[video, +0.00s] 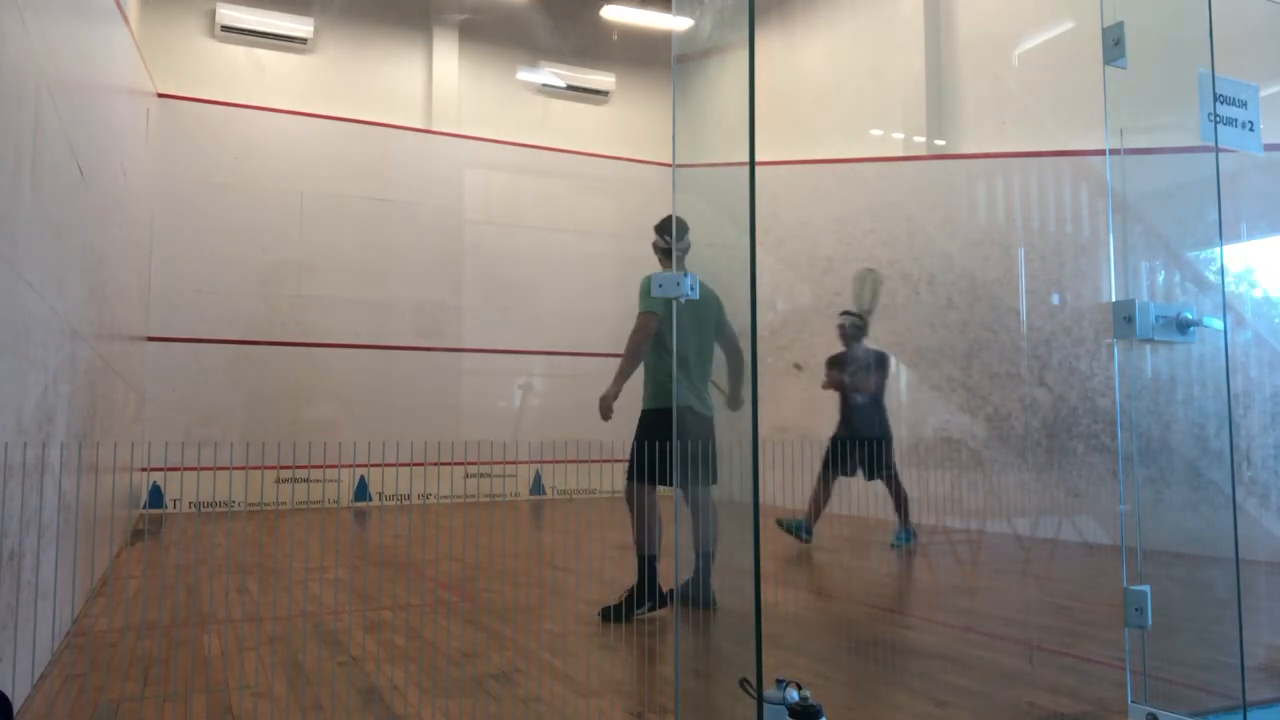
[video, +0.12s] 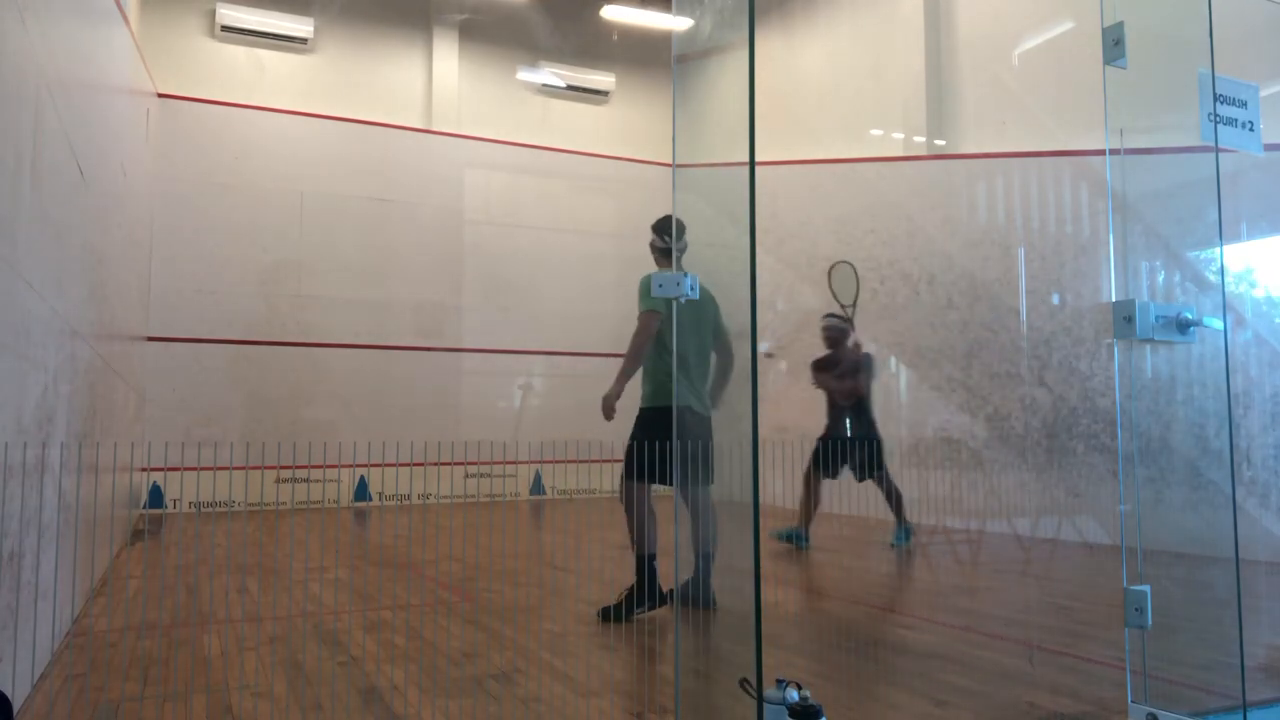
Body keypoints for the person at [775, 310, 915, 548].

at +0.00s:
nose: (841, 332)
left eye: (845, 328)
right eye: (840, 328)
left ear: (859, 330)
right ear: (841, 332)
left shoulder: (878, 358)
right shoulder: (836, 360)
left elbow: (872, 386)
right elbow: (833, 383)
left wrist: (841, 381)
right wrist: (859, 383)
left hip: (875, 431)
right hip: (847, 431)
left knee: (890, 479)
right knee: (826, 476)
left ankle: (906, 528)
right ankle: (807, 525)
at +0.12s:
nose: (827, 336)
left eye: (832, 331)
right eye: (825, 331)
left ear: (846, 332)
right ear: (823, 334)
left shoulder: (862, 360)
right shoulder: (821, 363)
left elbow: (859, 389)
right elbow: (828, 383)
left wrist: (828, 382)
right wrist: (848, 359)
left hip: (862, 432)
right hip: (835, 433)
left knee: (882, 479)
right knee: (812, 477)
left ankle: (903, 525)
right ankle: (802, 530)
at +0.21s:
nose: (806, 337)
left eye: (811, 333)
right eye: (805, 333)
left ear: (825, 335)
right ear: (805, 335)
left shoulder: (845, 359)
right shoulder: (804, 367)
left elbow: (841, 392)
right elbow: (813, 388)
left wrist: (804, 395)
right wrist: (842, 369)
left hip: (848, 430)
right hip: (822, 431)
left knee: (868, 481)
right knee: (797, 478)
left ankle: (899, 521)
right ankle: (797, 533)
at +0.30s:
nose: (787, 338)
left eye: (792, 333)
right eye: (787, 333)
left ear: (805, 335)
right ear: (791, 336)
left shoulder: (823, 361)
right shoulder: (792, 367)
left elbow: (816, 397)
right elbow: (782, 391)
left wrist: (786, 419)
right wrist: (803, 391)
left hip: (835, 428)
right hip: (812, 428)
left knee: (846, 484)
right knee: (792, 477)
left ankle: (885, 514)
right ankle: (797, 533)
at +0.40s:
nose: (774, 339)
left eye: (779, 335)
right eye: (774, 334)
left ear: (793, 336)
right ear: (784, 339)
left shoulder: (810, 362)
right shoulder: (785, 370)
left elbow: (812, 398)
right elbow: (765, 397)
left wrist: (807, 429)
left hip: (822, 429)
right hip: (801, 430)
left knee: (821, 484)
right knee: (792, 478)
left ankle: (863, 509)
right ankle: (797, 533)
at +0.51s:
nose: (760, 330)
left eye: (765, 327)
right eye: (761, 326)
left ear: (779, 330)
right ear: (775, 330)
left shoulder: (793, 355)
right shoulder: (779, 358)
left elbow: (813, 388)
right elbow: (768, 391)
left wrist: (826, 420)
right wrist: (753, 414)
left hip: (808, 427)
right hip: (792, 427)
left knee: (798, 480)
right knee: (790, 480)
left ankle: (837, 512)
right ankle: (797, 532)